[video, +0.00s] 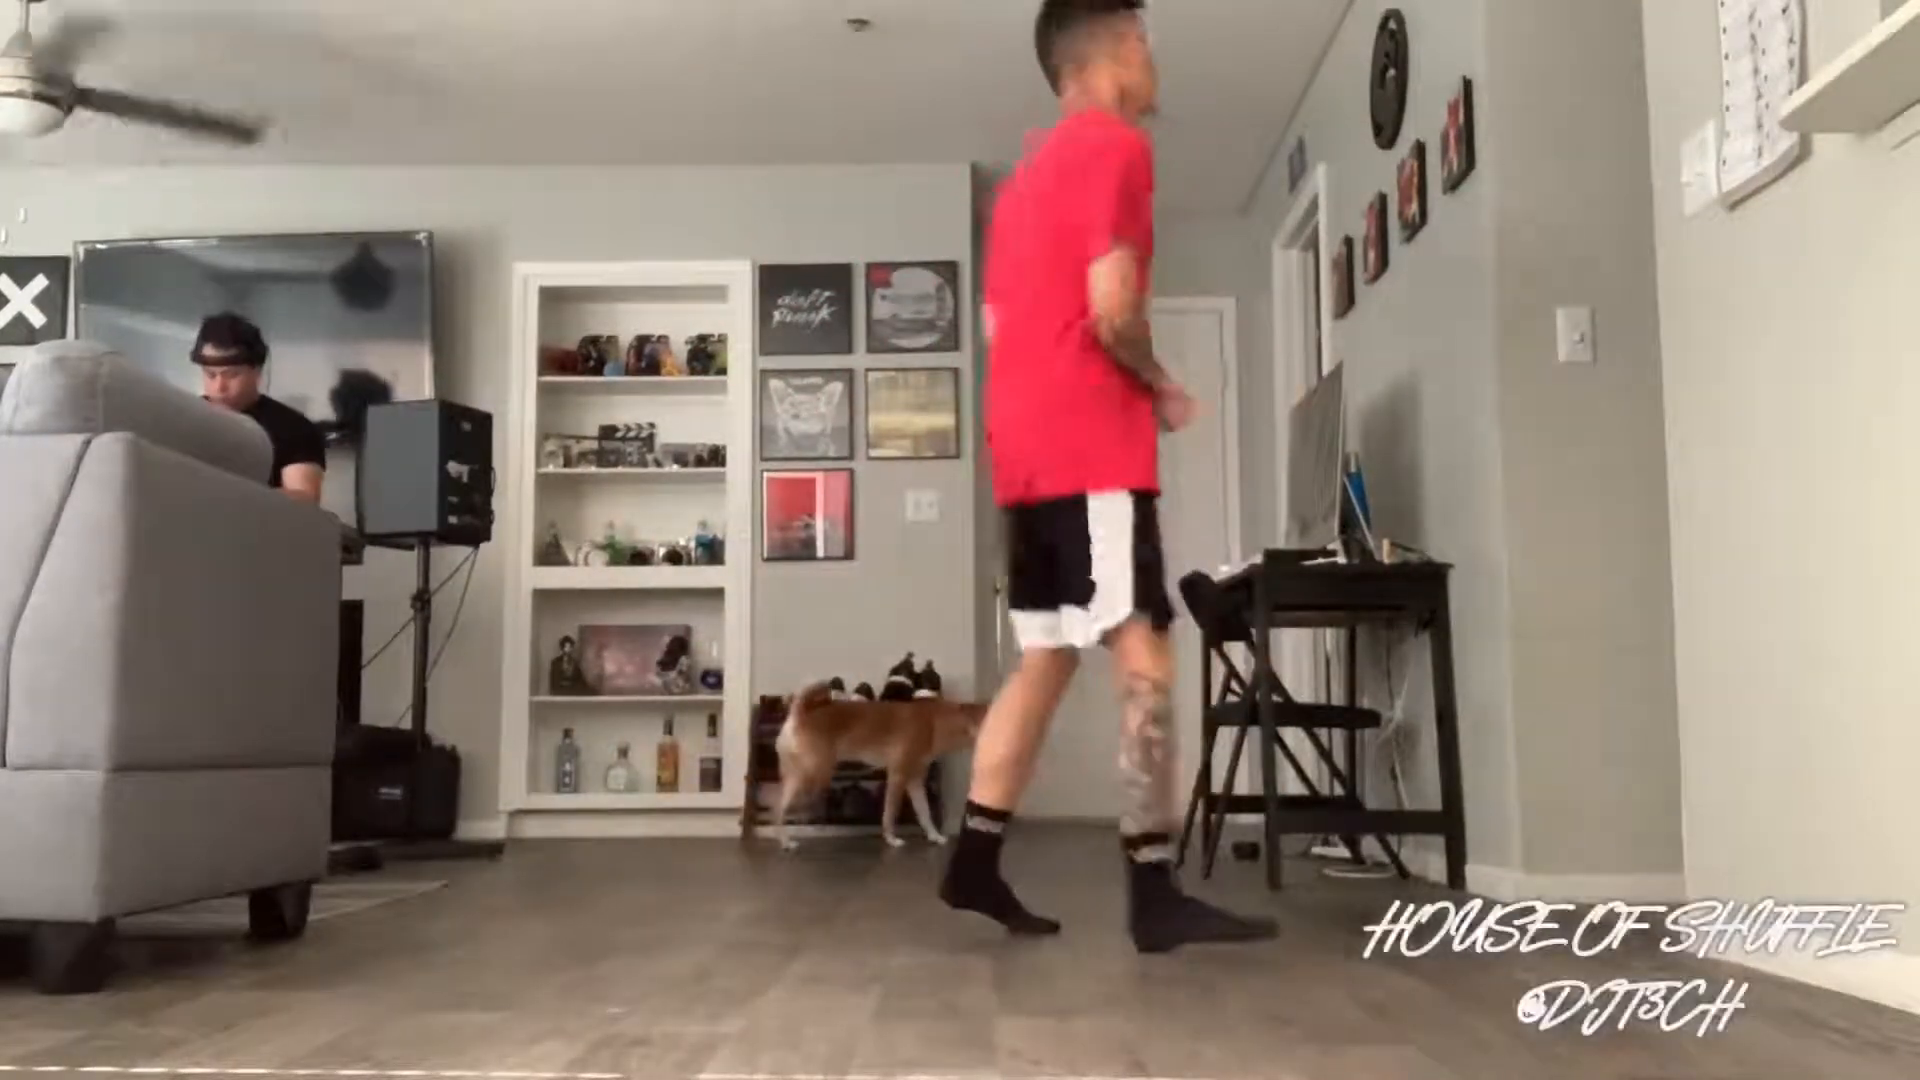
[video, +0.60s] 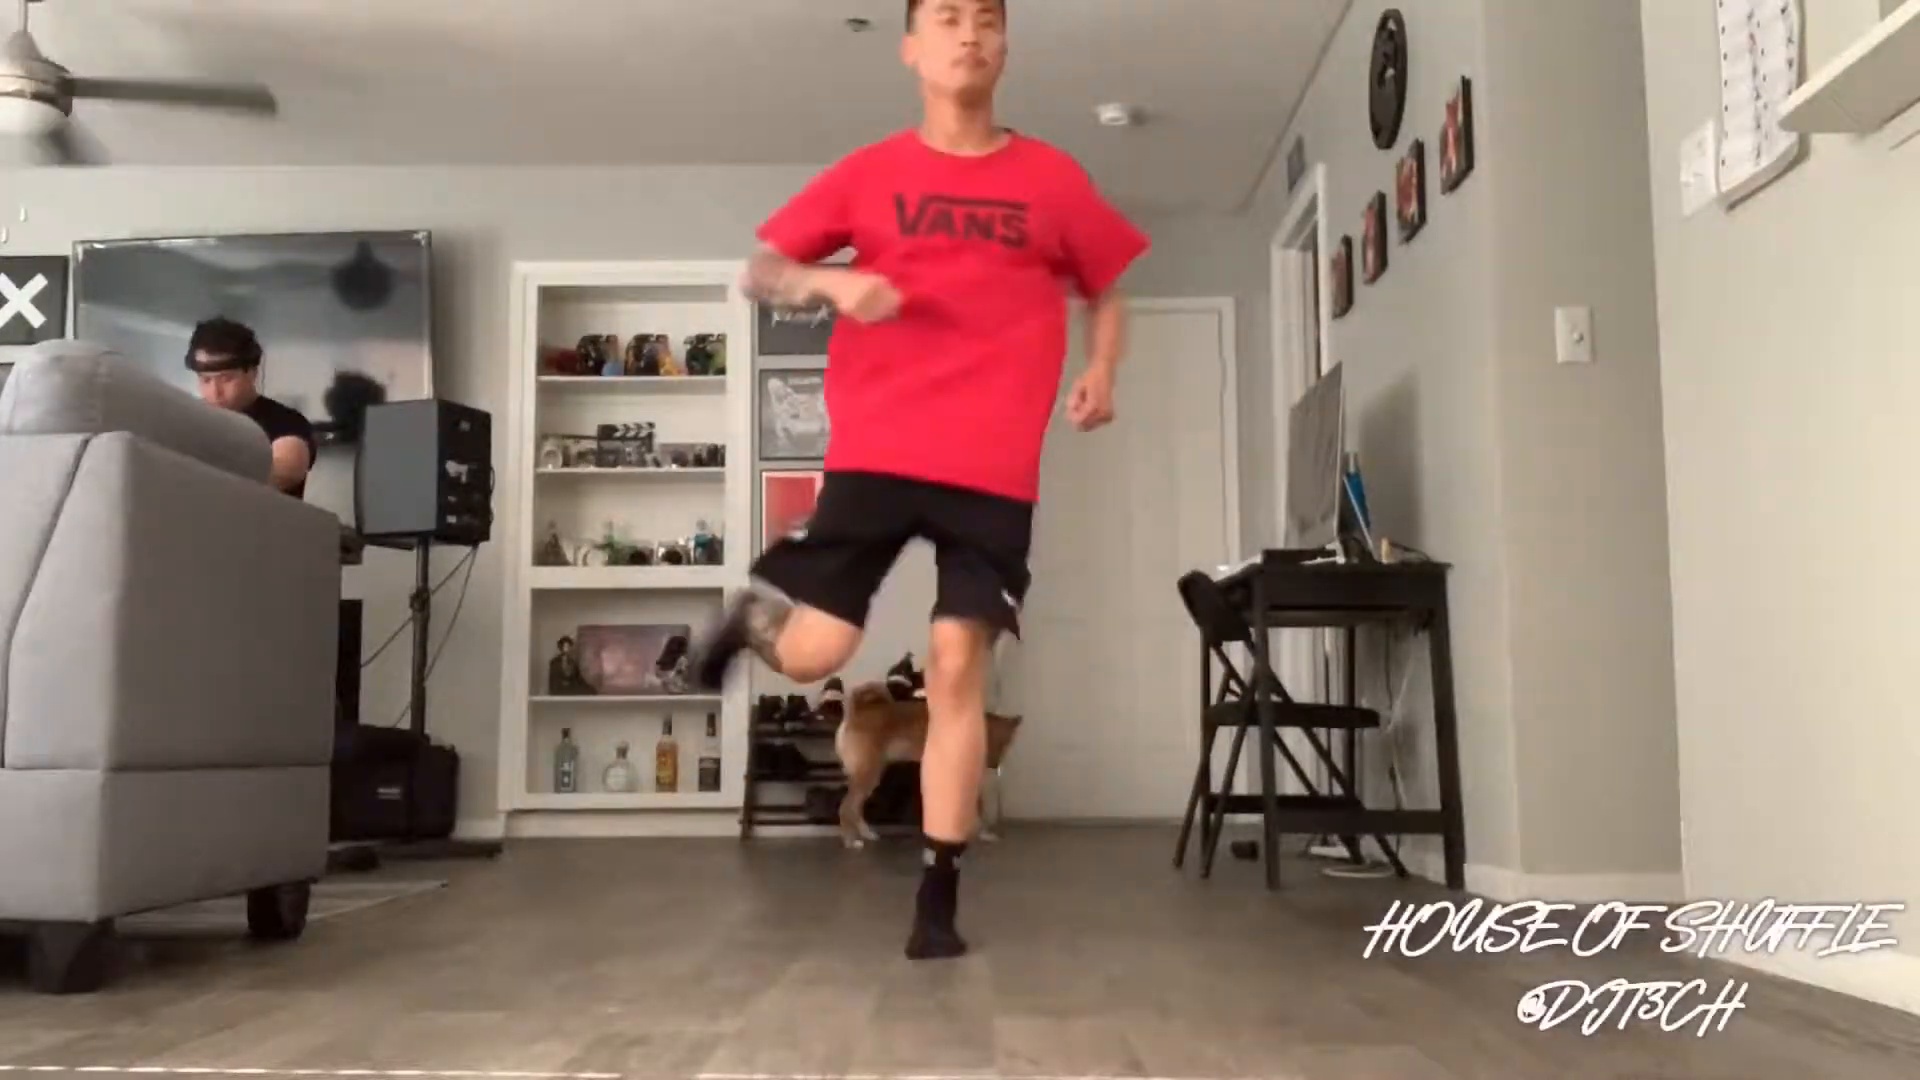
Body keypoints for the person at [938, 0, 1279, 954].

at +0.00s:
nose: (1152, 66)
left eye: (1144, 47)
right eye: (1139, 46)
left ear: (1071, 71)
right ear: (1103, 60)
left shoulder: (1032, 165)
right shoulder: (1114, 146)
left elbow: (1013, 321)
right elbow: (1114, 306)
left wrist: (1132, 387)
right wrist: (1157, 378)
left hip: (1031, 448)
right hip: (1094, 446)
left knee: (1046, 655)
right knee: (1145, 657)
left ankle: (973, 861)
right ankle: (1157, 891)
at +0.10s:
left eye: (1039, 74)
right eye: (1114, 75)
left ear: (1032, 75)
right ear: (1122, 79)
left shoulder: (975, 170)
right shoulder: (1157, 179)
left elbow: (924, 303)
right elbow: (1172, 320)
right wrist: (1127, 371)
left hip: (977, 442)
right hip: (1080, 445)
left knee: (988, 630)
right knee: (1072, 667)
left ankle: (975, 816)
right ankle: (1063, 895)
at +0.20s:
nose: (991, 65)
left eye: (996, 49)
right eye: (997, 49)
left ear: (1018, 54)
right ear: (1082, 68)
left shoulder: (970, 149)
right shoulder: (1128, 178)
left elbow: (918, 289)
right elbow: (1172, 311)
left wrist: (931, 323)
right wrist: (1102, 369)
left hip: (970, 446)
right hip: (1074, 464)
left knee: (875, 606)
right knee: (1061, 664)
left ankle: (965, 742)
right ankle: (1077, 886)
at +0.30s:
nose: (940, 62)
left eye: (952, 42)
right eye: (947, 42)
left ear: (995, 53)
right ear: (1021, 59)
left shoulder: (961, 139)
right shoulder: (1086, 179)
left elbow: (927, 263)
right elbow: (1126, 324)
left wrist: (848, 313)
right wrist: (1031, 364)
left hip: (963, 443)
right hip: (1050, 463)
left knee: (859, 625)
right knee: (1016, 665)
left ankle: (928, 828)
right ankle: (1049, 864)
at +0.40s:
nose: (916, 63)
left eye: (933, 44)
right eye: (922, 45)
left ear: (988, 63)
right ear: (982, 67)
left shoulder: (990, 166)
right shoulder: (985, 175)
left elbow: (1010, 280)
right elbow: (1001, 339)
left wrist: (880, 336)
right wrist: (916, 385)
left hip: (963, 474)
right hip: (986, 473)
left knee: (884, 666)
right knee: (973, 683)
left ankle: (915, 902)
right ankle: (1027, 877)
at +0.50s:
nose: (932, 21)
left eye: (957, 10)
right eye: (923, 10)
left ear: (1003, 40)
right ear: (909, 39)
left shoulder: (1046, 145)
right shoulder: (900, 165)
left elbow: (1122, 263)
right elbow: (862, 280)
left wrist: (1039, 339)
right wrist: (853, 319)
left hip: (982, 432)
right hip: (887, 431)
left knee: (933, 636)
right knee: (838, 644)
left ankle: (936, 882)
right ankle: (941, 724)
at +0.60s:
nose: (971, 38)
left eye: (987, 23)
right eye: (948, 21)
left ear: (1006, 49)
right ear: (910, 49)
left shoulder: (1054, 180)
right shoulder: (866, 174)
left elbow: (1108, 291)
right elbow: (759, 270)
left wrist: (1102, 370)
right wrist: (829, 283)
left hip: (992, 470)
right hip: (874, 459)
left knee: (956, 664)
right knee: (815, 653)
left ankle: (938, 898)